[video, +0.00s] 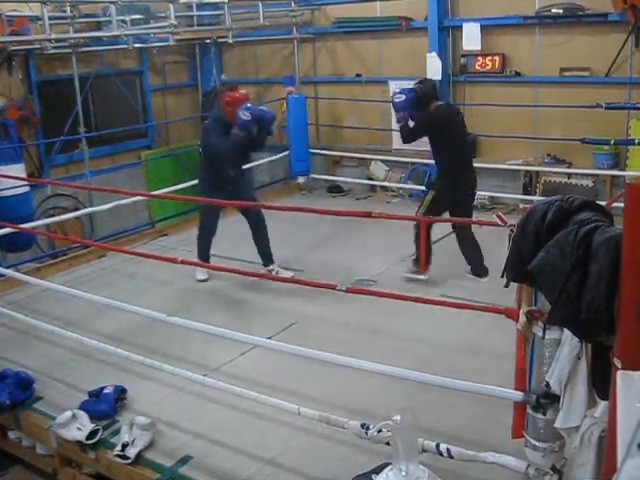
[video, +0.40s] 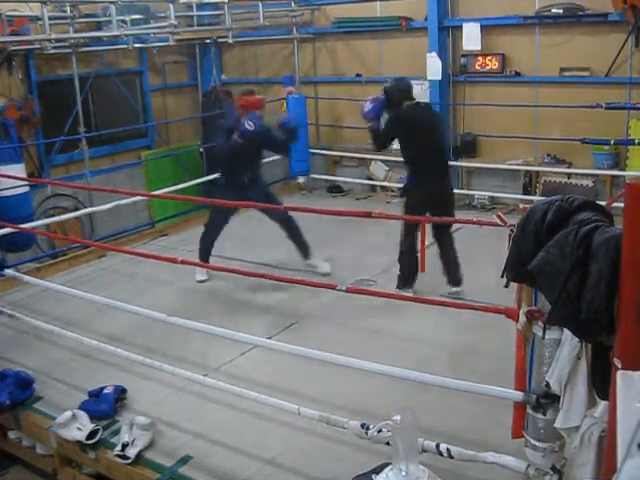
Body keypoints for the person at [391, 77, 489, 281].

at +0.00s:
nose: (415, 101)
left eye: (416, 97)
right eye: (415, 97)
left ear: (421, 99)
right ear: (435, 95)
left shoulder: (431, 117)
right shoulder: (452, 111)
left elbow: (407, 137)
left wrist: (401, 115)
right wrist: (413, 111)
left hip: (448, 181)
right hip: (466, 178)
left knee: (422, 219)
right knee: (462, 227)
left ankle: (421, 265)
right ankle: (479, 269)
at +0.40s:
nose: (388, 103)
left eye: (388, 99)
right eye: (388, 99)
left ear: (394, 99)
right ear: (410, 95)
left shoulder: (400, 117)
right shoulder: (430, 112)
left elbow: (380, 144)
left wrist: (372, 123)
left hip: (418, 183)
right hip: (442, 182)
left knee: (409, 232)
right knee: (443, 231)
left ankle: (406, 283)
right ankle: (455, 281)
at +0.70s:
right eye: (397, 106)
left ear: (377, 105)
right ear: (397, 107)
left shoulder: (365, 122)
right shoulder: (404, 124)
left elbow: (333, 123)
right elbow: (410, 142)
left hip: (373, 198)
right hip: (399, 198)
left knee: (356, 240)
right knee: (423, 241)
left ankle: (329, 279)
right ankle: (448, 289)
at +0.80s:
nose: (391, 111)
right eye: (391, 107)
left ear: (368, 103)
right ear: (389, 107)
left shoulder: (353, 119)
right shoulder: (392, 123)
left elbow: (329, 133)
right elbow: (401, 151)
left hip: (349, 194)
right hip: (376, 195)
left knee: (341, 242)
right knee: (398, 239)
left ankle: (325, 287)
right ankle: (416, 285)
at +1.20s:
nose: (370, 127)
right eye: (369, 123)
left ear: (343, 120)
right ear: (366, 125)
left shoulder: (327, 139)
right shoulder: (366, 145)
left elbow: (308, 168)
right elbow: (382, 172)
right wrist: (382, 146)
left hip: (308, 210)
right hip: (333, 215)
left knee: (322, 246)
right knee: (338, 276)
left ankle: (309, 280)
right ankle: (315, 326)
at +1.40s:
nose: (361, 121)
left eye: (359, 116)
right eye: (360, 117)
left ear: (337, 112)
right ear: (356, 117)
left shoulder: (321, 128)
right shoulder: (354, 135)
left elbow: (309, 146)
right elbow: (372, 152)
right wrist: (364, 130)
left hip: (301, 199)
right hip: (321, 204)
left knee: (313, 248)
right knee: (330, 263)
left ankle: (309, 282)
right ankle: (317, 320)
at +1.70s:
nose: (353, 117)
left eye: (352, 113)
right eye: (351, 113)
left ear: (328, 108)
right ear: (345, 112)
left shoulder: (314, 123)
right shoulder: (342, 130)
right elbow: (358, 152)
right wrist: (357, 130)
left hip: (294, 193)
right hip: (314, 198)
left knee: (311, 247)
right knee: (326, 250)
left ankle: (306, 298)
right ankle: (309, 302)